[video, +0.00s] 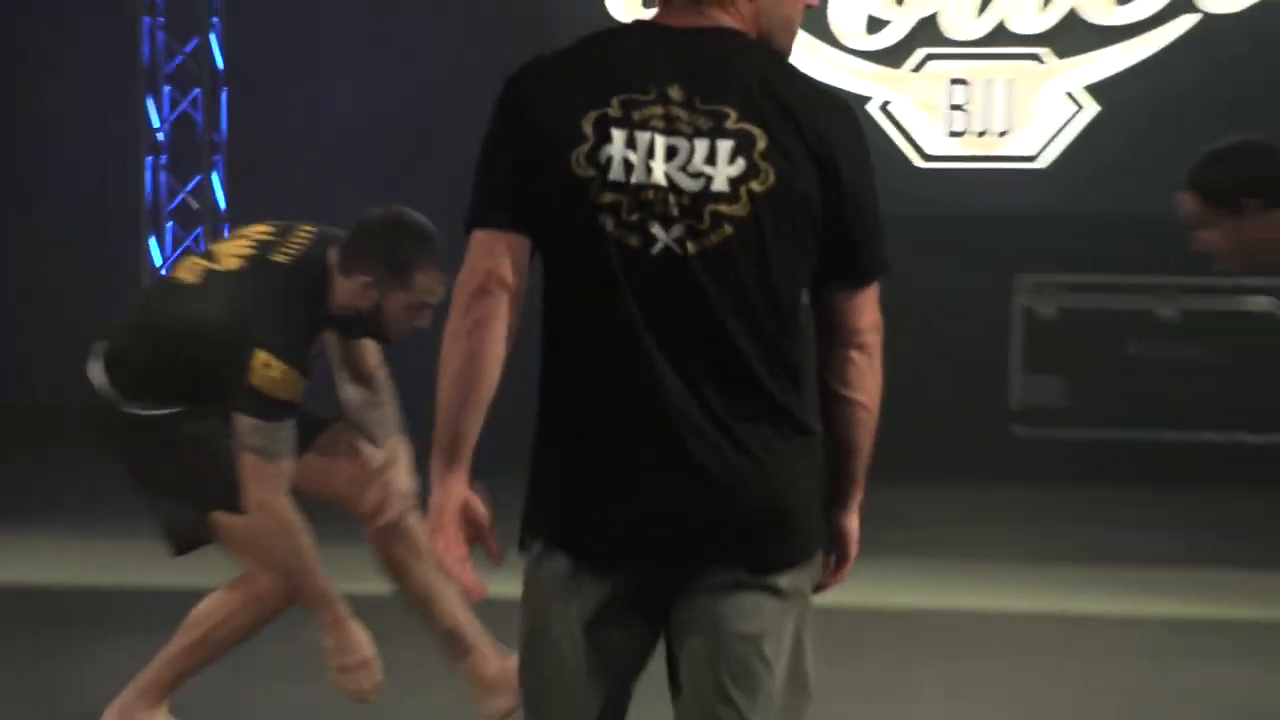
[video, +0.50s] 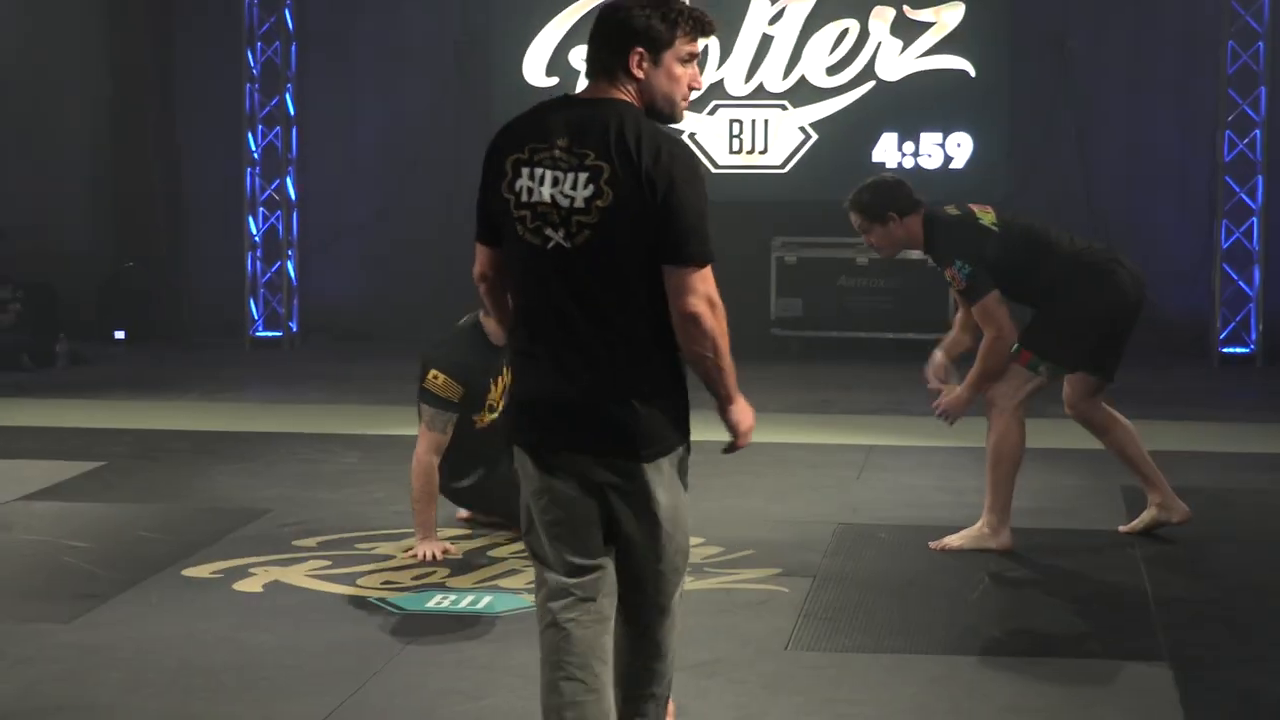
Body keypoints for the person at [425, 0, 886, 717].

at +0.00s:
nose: (806, 10)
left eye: (807, 0)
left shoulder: (545, 88)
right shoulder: (822, 118)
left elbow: (488, 282)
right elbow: (857, 338)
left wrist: (452, 472)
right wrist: (846, 498)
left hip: (587, 494)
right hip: (756, 506)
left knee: (560, 708)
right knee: (743, 706)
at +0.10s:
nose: (799, 6)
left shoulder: (546, 79)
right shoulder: (790, 112)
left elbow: (495, 261)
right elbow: (830, 307)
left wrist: (475, 421)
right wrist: (843, 446)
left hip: (576, 440)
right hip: (720, 451)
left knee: (558, 689)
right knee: (709, 698)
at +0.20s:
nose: (785, 11)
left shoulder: (543, 75)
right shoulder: (757, 111)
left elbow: (487, 250)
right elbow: (812, 290)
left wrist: (489, 384)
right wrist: (838, 417)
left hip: (568, 411)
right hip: (698, 422)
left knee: (562, 632)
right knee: (693, 662)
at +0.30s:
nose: (753, 28)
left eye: (755, 11)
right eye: (744, 10)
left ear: (656, 12)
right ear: (693, 11)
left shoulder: (539, 90)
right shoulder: (721, 126)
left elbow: (489, 247)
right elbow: (779, 288)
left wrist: (503, 342)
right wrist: (815, 401)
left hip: (564, 392)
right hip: (678, 403)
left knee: (567, 599)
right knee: (677, 615)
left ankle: (559, 711)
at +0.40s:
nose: (720, 62)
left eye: (721, 44)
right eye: (712, 43)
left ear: (639, 42)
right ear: (659, 45)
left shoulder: (527, 123)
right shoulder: (690, 148)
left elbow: (495, 265)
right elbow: (729, 300)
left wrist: (513, 341)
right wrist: (773, 397)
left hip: (554, 404)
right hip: (656, 409)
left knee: (570, 595)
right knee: (658, 600)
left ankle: (579, 717)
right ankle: (652, 717)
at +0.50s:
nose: (697, 79)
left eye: (698, 63)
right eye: (687, 62)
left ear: (618, 66)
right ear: (637, 64)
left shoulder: (513, 139)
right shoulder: (664, 157)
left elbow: (490, 274)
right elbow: (693, 304)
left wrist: (527, 354)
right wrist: (731, 396)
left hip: (543, 401)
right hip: (638, 407)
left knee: (570, 593)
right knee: (651, 591)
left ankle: (574, 715)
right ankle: (645, 710)